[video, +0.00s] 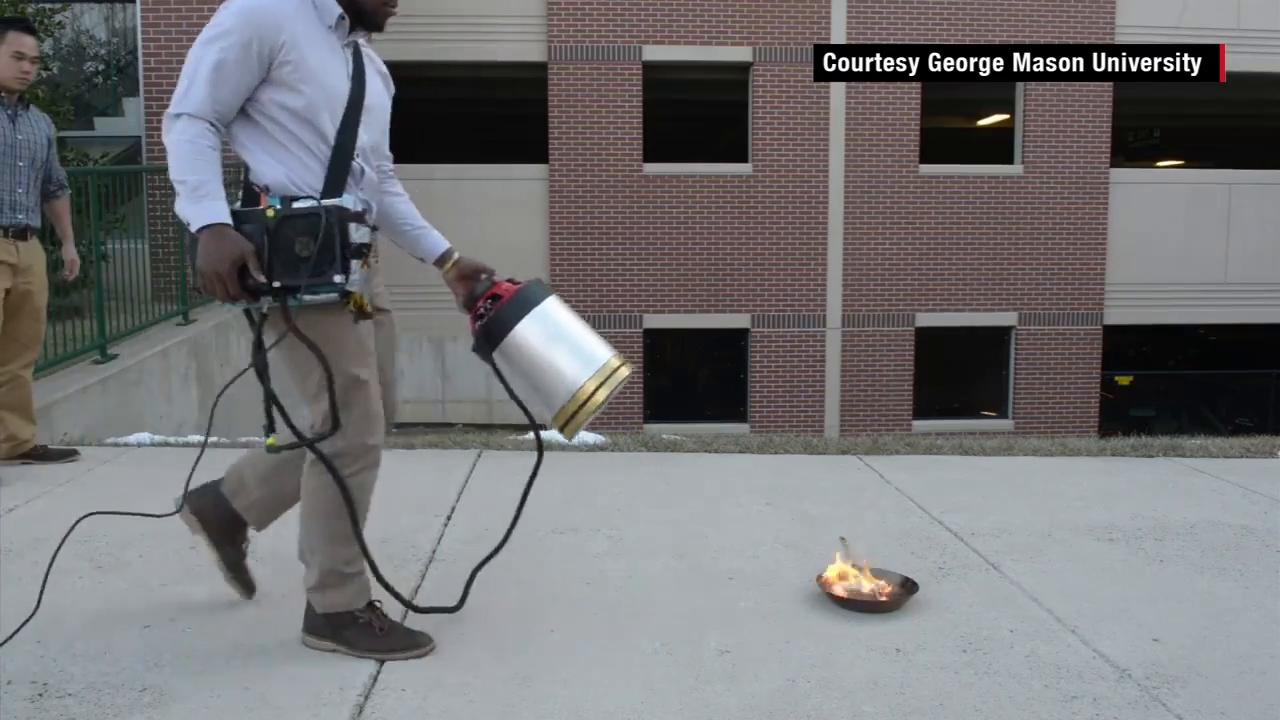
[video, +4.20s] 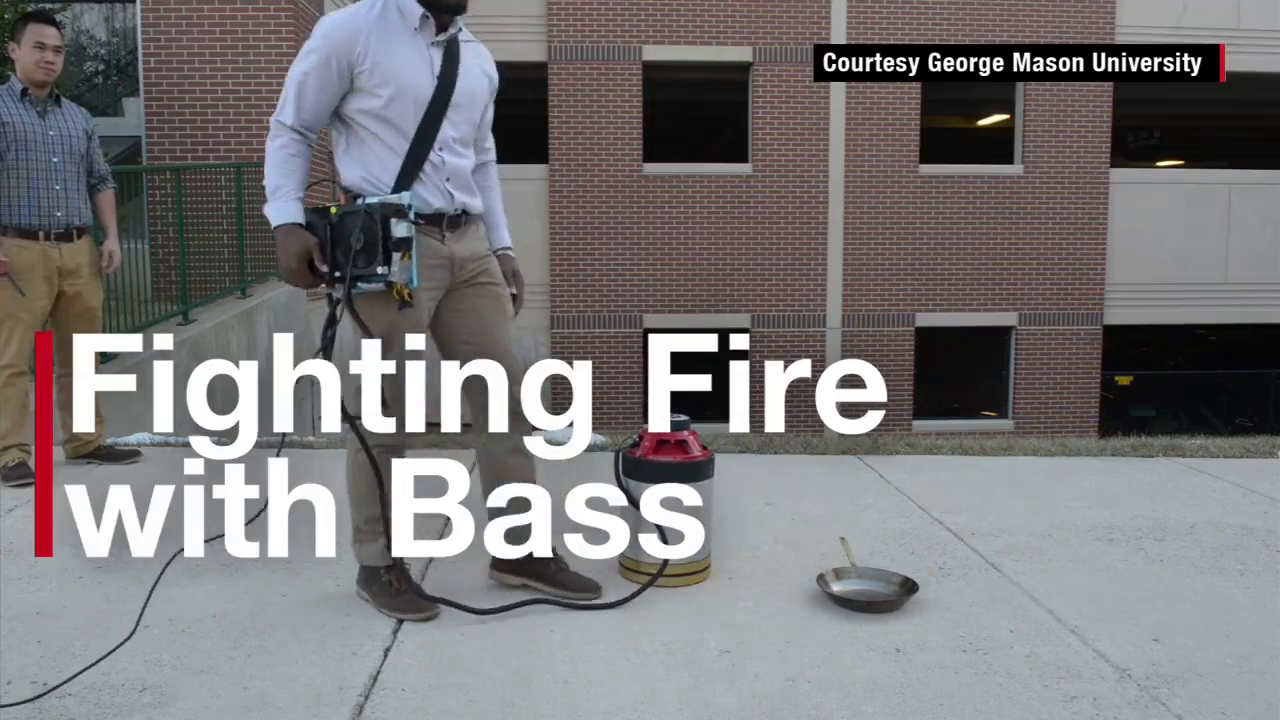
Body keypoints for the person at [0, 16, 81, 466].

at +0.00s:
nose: (28, 67)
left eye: (34, 60)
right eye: (19, 57)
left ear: (39, 66)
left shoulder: (41, 123)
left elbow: (55, 188)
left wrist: (67, 242)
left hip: (29, 250)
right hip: (2, 247)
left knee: (21, 353)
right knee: (12, 353)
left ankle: (17, 441)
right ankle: (13, 441)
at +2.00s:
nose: (59, 64)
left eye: (64, 56)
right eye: (49, 53)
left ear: (68, 63)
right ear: (18, 52)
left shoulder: (77, 117)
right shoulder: (3, 106)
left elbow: (99, 179)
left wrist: (114, 234)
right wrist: (0, 250)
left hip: (80, 250)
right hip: (20, 252)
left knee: (80, 357)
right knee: (16, 363)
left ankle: (86, 444)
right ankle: (13, 454)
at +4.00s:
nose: (49, 57)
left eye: (57, 50)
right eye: (39, 47)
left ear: (63, 59)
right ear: (14, 52)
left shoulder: (78, 116)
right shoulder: (3, 105)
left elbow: (101, 179)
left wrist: (114, 235)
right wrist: (1, 249)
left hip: (79, 249)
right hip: (18, 250)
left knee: (84, 353)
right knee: (16, 360)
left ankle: (87, 442)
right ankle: (14, 453)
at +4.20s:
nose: (51, 57)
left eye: (58, 51)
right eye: (40, 47)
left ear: (64, 60)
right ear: (14, 52)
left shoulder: (78, 116)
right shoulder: (3, 105)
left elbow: (100, 179)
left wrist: (112, 234)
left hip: (79, 248)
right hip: (19, 250)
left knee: (84, 352)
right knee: (16, 360)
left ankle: (87, 441)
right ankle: (13, 452)